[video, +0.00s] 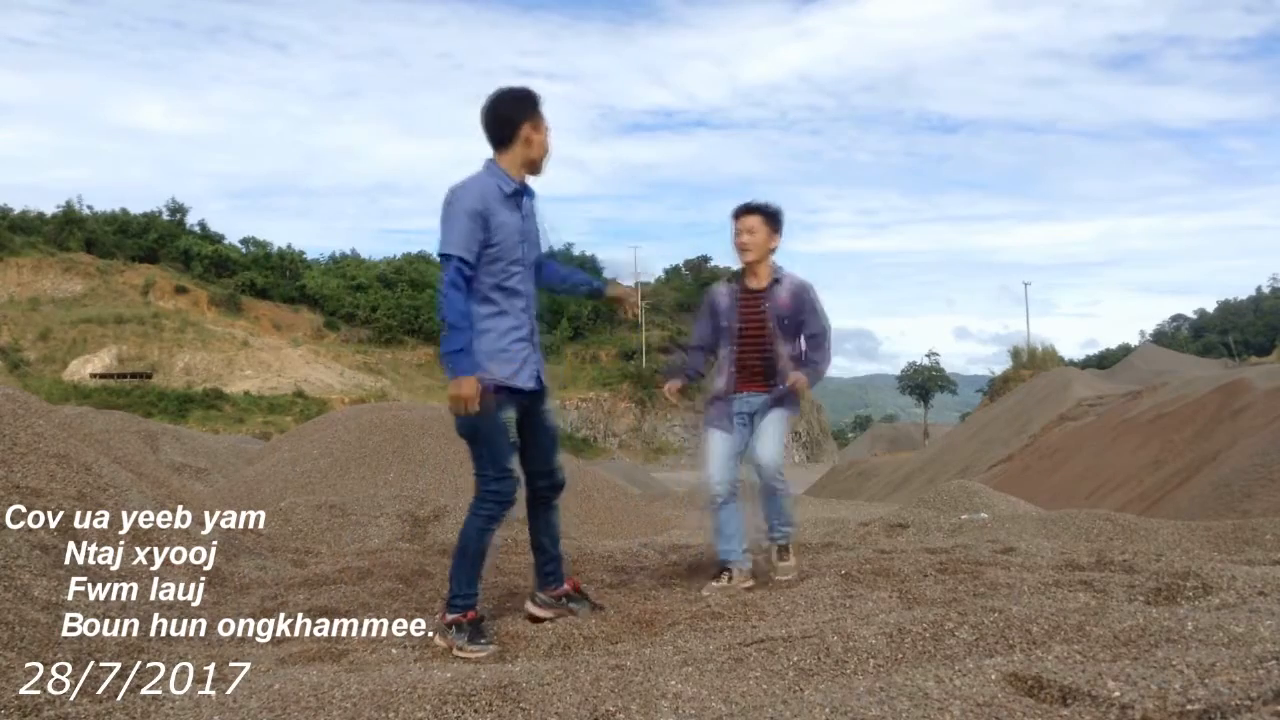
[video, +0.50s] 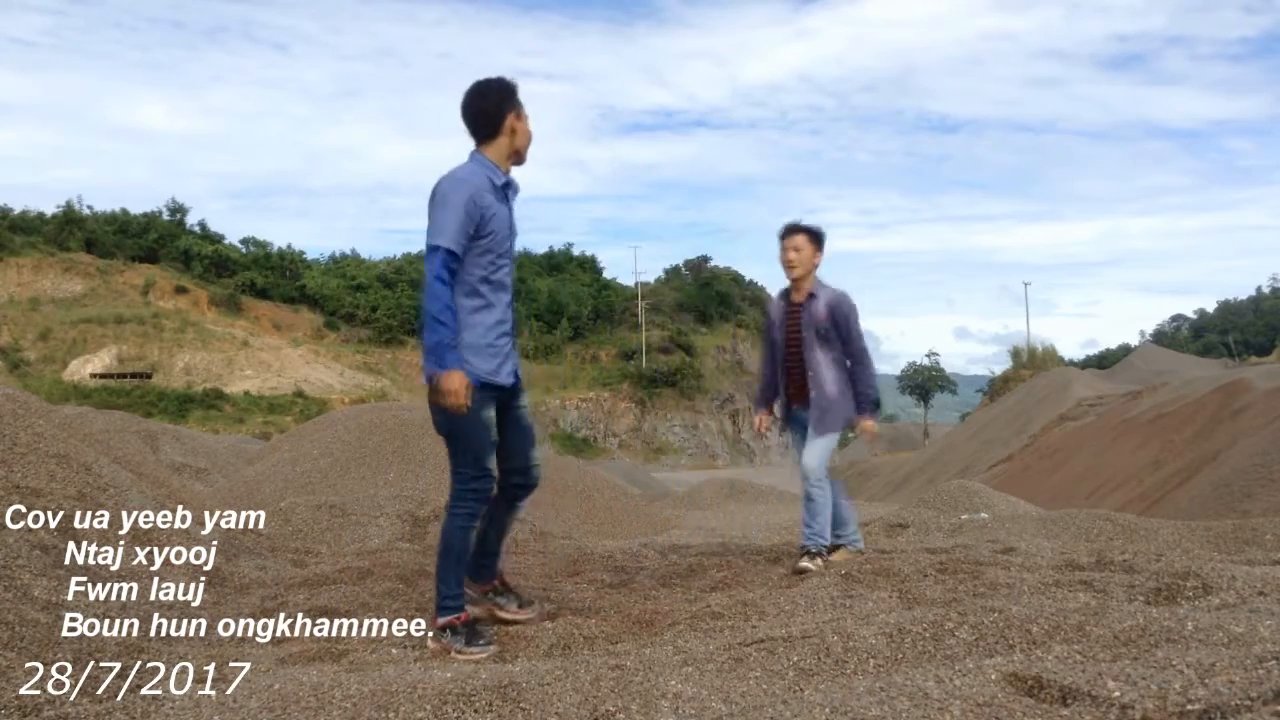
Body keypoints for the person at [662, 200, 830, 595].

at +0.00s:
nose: (742, 240)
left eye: (751, 233)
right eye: (738, 234)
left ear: (773, 239)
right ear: (734, 239)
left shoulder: (796, 291)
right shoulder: (719, 295)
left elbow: (820, 342)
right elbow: (700, 347)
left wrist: (808, 373)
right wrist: (681, 376)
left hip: (776, 400)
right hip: (728, 402)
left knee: (766, 461)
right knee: (719, 483)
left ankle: (781, 540)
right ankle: (736, 567)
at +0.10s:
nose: (755, 247)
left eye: (765, 240)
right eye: (752, 240)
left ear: (786, 246)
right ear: (747, 244)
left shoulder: (806, 295)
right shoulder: (734, 296)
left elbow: (827, 348)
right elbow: (721, 349)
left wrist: (826, 397)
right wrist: (710, 391)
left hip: (792, 407)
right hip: (745, 406)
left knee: (792, 481)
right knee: (732, 477)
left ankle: (809, 550)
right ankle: (737, 559)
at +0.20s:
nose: (762, 256)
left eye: (771, 248)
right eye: (758, 249)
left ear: (793, 253)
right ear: (754, 253)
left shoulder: (816, 301)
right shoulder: (748, 300)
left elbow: (836, 360)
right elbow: (740, 356)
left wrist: (852, 414)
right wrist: (730, 403)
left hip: (812, 408)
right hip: (768, 407)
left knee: (806, 477)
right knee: (742, 467)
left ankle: (812, 552)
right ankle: (772, 544)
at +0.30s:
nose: (771, 246)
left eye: (779, 239)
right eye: (766, 240)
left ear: (800, 242)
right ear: (762, 243)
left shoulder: (824, 287)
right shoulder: (757, 294)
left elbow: (844, 345)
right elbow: (753, 349)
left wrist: (855, 397)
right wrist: (749, 395)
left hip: (821, 399)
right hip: (778, 402)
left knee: (808, 469)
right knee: (766, 474)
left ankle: (814, 547)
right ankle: (800, 529)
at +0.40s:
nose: (781, 248)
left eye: (790, 241)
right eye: (777, 242)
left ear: (810, 245)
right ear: (773, 246)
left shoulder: (831, 287)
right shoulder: (768, 295)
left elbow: (854, 343)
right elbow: (764, 350)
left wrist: (859, 395)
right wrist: (759, 394)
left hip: (825, 400)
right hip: (785, 402)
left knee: (811, 469)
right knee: (796, 476)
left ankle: (814, 548)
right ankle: (845, 531)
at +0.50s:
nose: (788, 258)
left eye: (796, 251)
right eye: (784, 251)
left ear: (817, 257)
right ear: (780, 256)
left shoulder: (836, 302)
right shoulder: (777, 305)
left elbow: (858, 356)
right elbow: (771, 358)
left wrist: (866, 409)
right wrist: (764, 403)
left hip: (830, 405)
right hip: (794, 407)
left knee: (812, 466)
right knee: (817, 473)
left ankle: (814, 547)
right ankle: (849, 539)